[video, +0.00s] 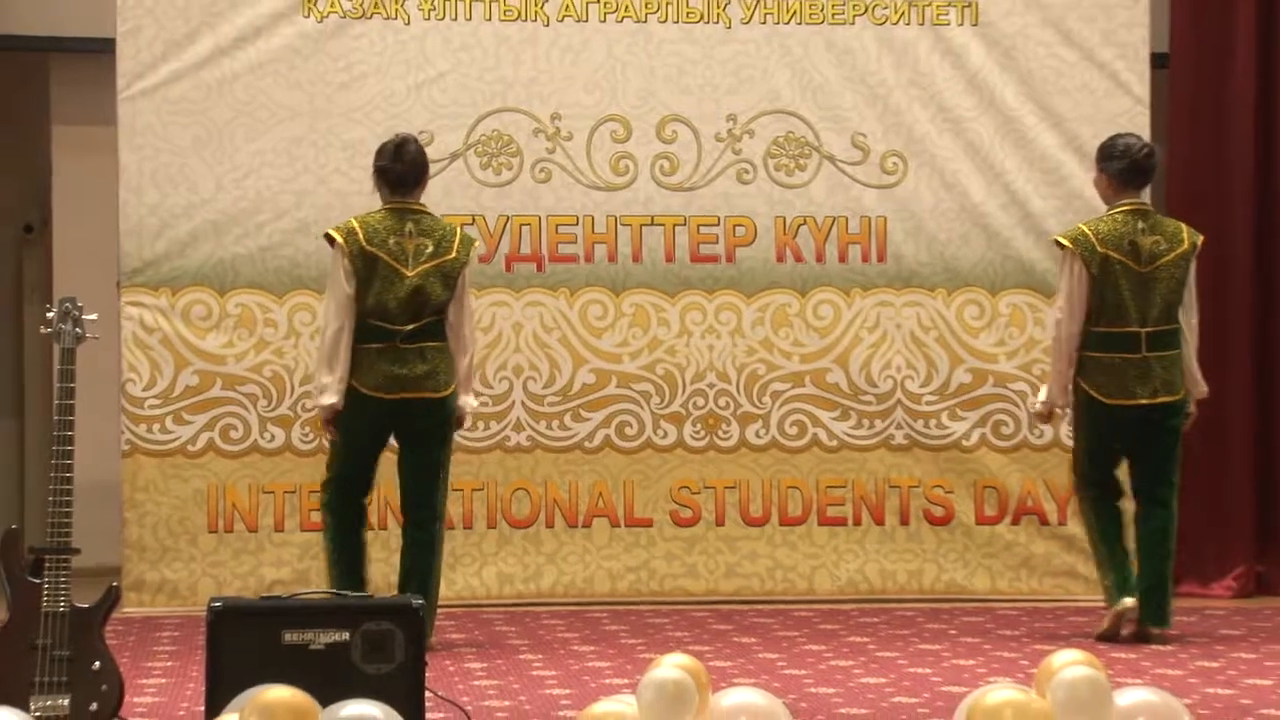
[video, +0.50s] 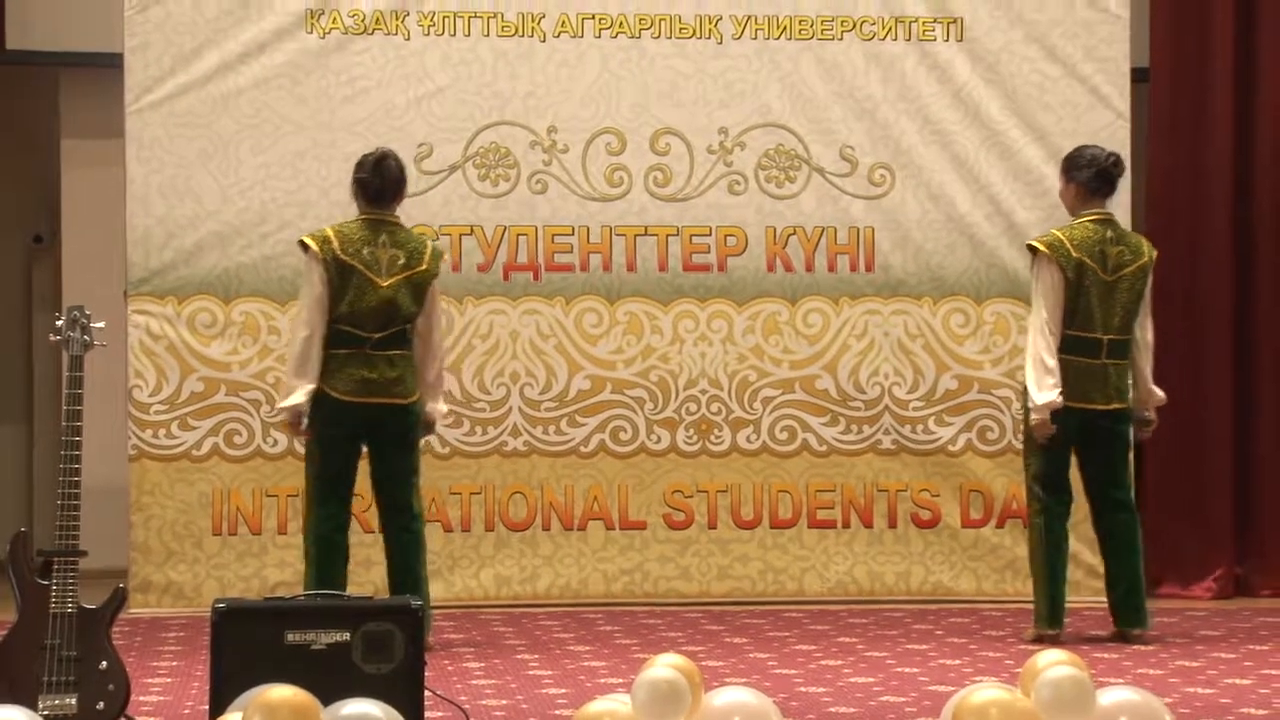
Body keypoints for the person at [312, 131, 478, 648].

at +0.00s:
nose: (392, 185)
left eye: (381, 177)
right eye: (415, 176)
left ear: (376, 180)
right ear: (425, 181)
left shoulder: (352, 239)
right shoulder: (455, 242)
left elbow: (338, 323)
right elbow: (460, 326)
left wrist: (330, 393)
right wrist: (462, 392)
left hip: (367, 398)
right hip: (432, 401)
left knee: (344, 500)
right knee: (424, 515)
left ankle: (351, 616)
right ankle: (417, 625)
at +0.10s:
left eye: (381, 178)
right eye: (414, 176)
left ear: (378, 181)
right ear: (427, 182)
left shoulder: (357, 237)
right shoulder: (457, 243)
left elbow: (339, 322)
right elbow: (460, 326)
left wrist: (327, 392)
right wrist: (459, 391)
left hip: (366, 395)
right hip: (430, 399)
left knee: (334, 492)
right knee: (423, 514)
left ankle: (331, 611)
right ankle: (416, 625)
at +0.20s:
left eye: (382, 181)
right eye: (413, 180)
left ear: (377, 184)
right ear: (425, 185)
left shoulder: (356, 238)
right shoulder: (453, 246)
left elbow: (338, 323)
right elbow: (454, 329)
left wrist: (324, 392)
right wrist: (449, 393)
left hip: (361, 395)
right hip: (424, 400)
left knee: (330, 502)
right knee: (419, 512)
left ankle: (319, 617)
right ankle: (416, 625)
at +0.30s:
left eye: (379, 182)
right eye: (409, 182)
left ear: (373, 185)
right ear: (422, 187)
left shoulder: (350, 240)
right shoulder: (447, 246)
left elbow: (335, 324)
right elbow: (451, 331)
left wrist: (322, 393)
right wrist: (445, 392)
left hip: (357, 398)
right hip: (419, 402)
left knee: (331, 508)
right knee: (416, 513)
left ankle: (322, 619)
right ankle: (416, 623)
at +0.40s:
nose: (387, 196)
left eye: (370, 187)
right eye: (399, 189)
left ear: (363, 190)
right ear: (411, 193)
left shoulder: (334, 244)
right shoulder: (432, 250)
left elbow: (321, 326)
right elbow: (438, 333)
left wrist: (308, 397)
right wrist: (438, 397)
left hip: (345, 402)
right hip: (407, 405)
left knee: (334, 514)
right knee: (409, 515)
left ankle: (326, 621)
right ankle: (414, 623)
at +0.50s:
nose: (378, 198)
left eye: (363, 189)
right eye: (390, 190)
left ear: (355, 192)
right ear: (402, 195)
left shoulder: (326, 246)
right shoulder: (426, 253)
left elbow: (311, 326)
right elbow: (430, 336)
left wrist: (299, 395)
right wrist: (430, 400)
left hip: (336, 404)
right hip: (398, 406)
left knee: (327, 517)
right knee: (403, 517)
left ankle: (322, 623)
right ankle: (412, 622)